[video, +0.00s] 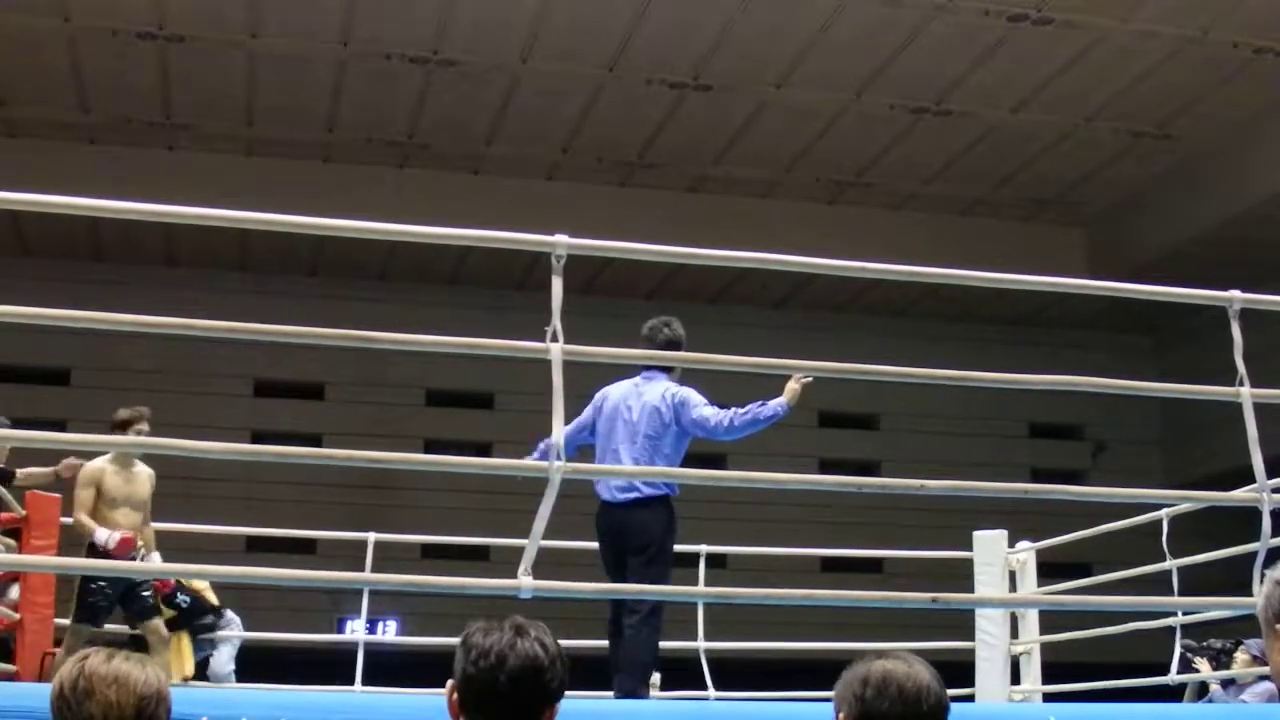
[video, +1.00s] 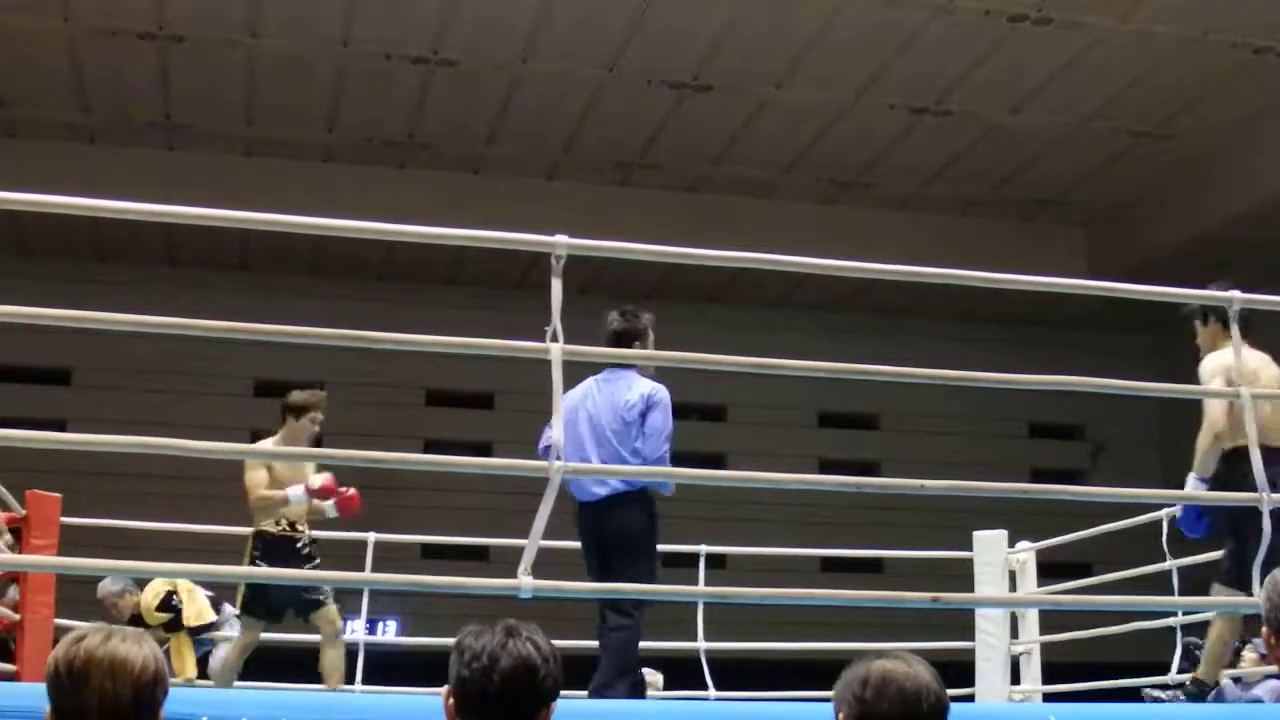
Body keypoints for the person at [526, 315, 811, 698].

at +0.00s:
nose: (679, 359)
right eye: (680, 354)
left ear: (642, 353)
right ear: (679, 357)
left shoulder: (609, 395)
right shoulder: (678, 397)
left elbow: (569, 436)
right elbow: (720, 423)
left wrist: (533, 460)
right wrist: (783, 402)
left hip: (610, 514)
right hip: (652, 513)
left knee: (622, 602)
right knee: (644, 605)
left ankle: (624, 687)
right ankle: (630, 696)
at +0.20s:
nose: (673, 354)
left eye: (661, 348)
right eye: (675, 349)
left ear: (641, 353)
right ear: (677, 357)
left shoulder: (610, 397)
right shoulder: (682, 401)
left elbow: (565, 437)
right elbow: (726, 434)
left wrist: (530, 424)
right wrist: (779, 403)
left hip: (615, 518)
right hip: (657, 518)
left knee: (625, 607)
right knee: (653, 609)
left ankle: (632, 690)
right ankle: (635, 696)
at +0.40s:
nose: (660, 361)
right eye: (664, 355)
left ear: (627, 361)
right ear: (665, 361)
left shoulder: (604, 407)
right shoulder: (677, 408)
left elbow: (586, 463)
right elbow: (726, 457)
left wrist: (589, 439)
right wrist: (772, 442)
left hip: (617, 528)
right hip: (661, 525)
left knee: (631, 615)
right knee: (692, 610)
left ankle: (638, 705)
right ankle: (653, 680)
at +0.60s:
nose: (653, 359)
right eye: (653, 353)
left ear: (617, 359)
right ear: (654, 359)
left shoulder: (599, 406)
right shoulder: (671, 405)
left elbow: (617, 449)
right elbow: (701, 450)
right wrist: (722, 452)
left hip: (614, 524)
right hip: (658, 519)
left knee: (628, 610)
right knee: (690, 601)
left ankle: (638, 699)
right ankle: (659, 675)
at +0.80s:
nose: (660, 360)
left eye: (659, 353)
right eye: (658, 354)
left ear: (614, 359)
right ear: (648, 359)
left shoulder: (586, 408)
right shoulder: (665, 405)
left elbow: (573, 464)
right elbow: (681, 466)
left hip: (607, 521)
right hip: (651, 517)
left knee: (622, 610)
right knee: (669, 609)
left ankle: (645, 697)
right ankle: (633, 676)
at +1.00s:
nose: (655, 351)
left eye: (653, 343)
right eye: (652, 344)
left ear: (610, 346)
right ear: (642, 348)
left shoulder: (576, 395)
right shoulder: (652, 393)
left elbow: (549, 446)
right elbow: (653, 456)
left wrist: (581, 480)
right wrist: (664, 488)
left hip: (588, 513)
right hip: (631, 510)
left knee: (610, 606)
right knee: (626, 608)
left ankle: (622, 695)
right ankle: (608, 700)